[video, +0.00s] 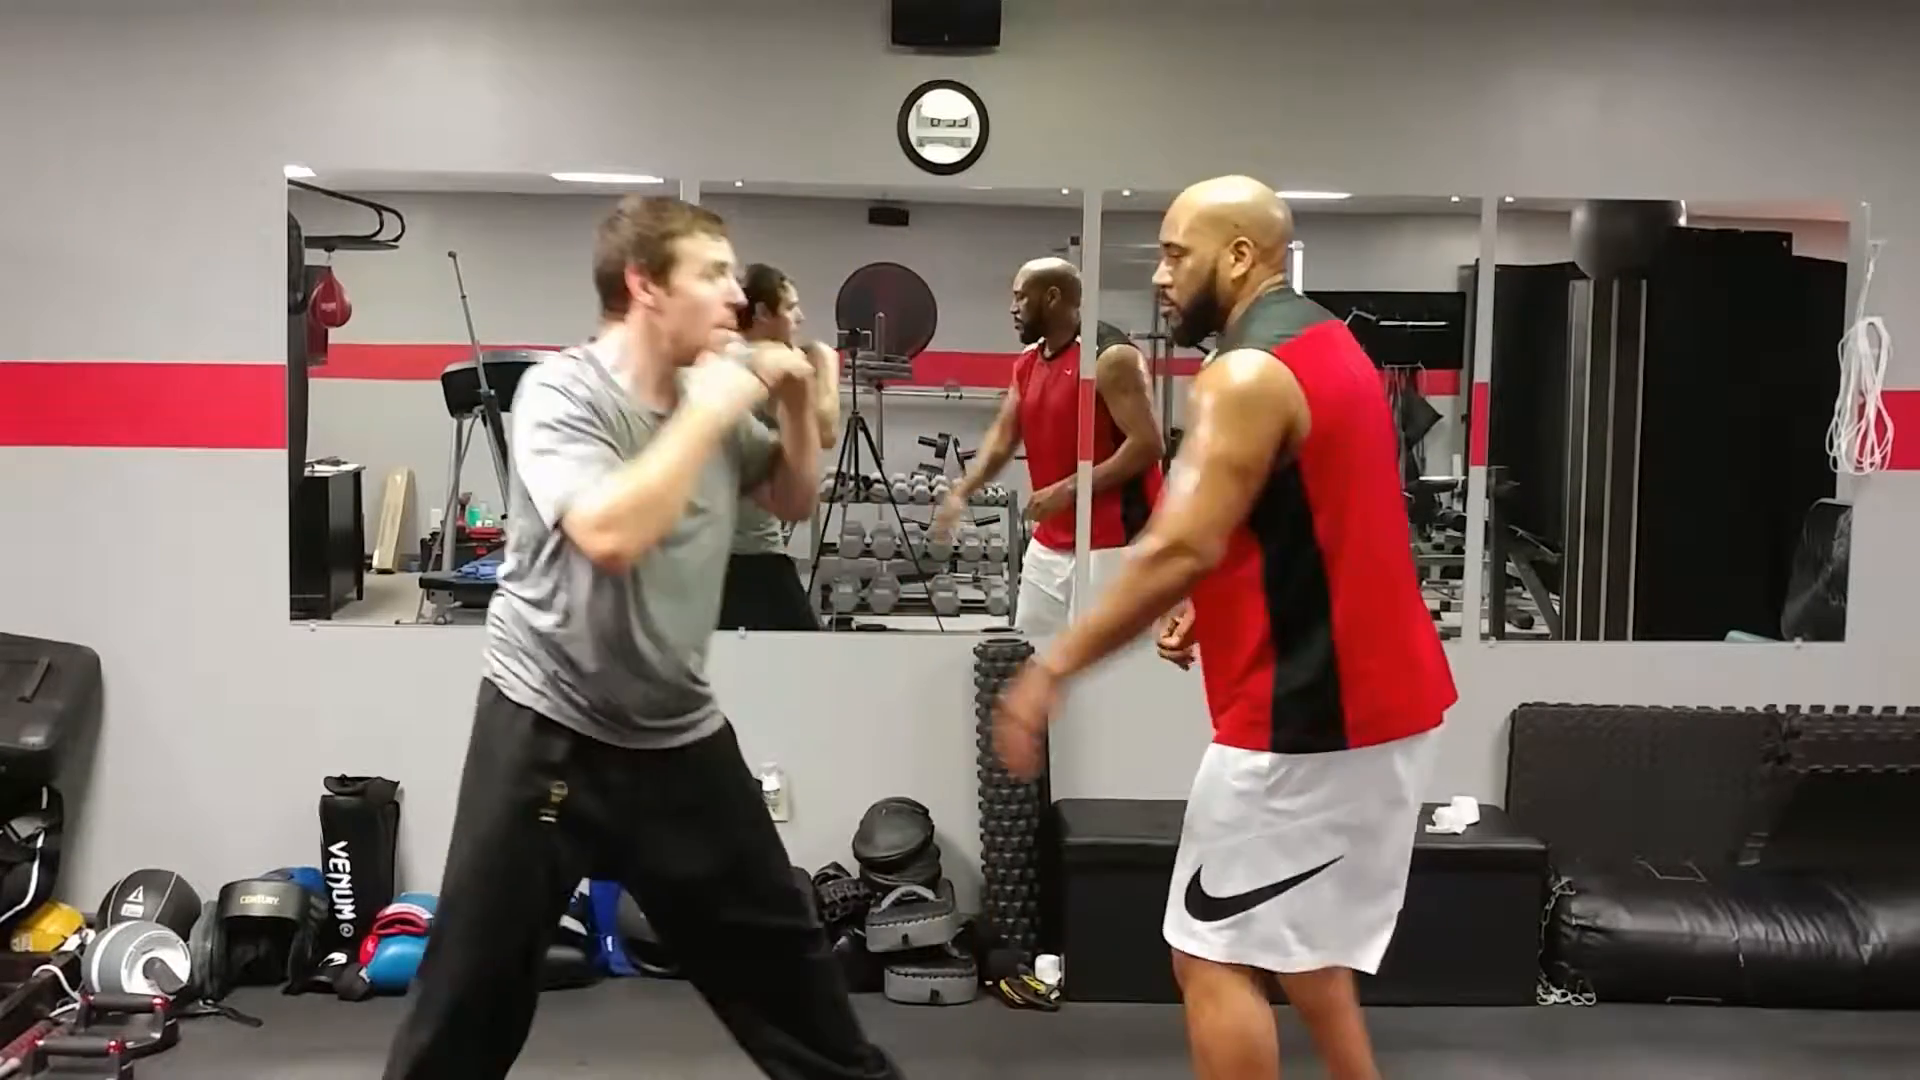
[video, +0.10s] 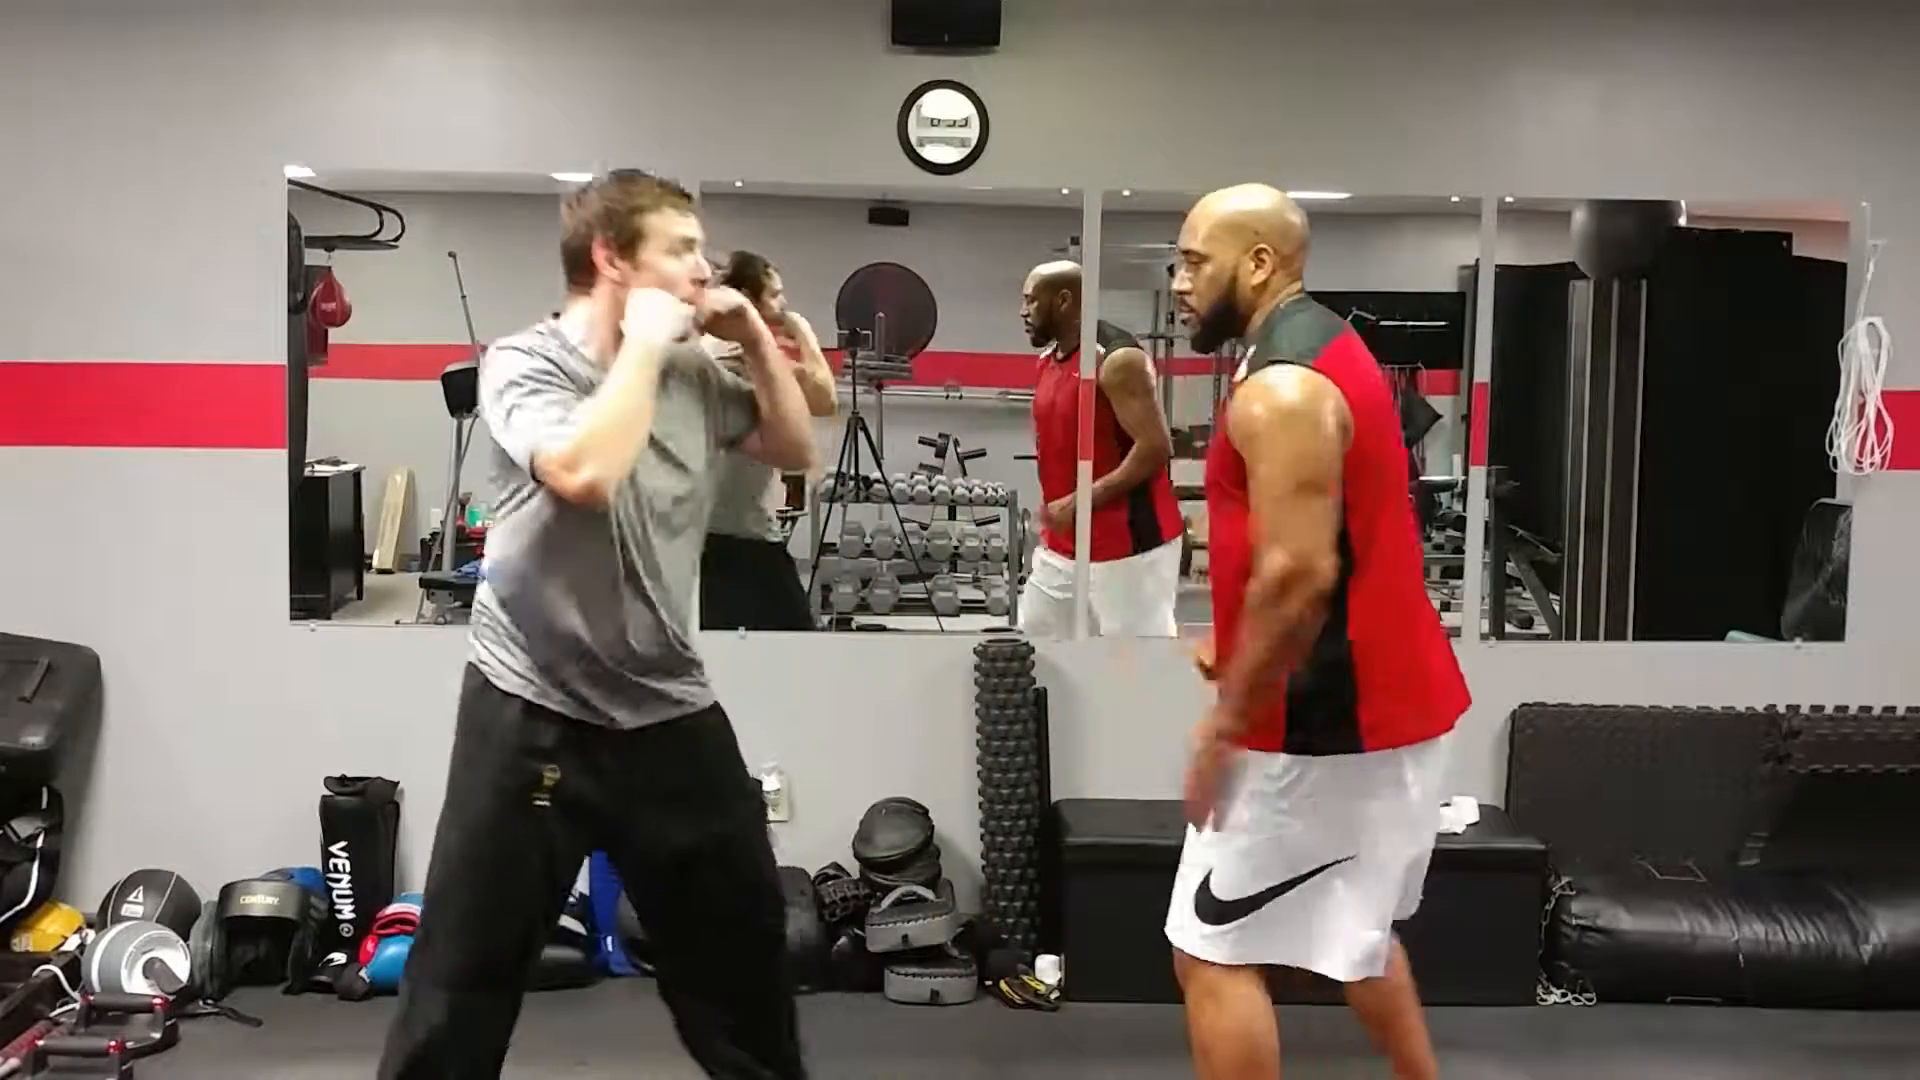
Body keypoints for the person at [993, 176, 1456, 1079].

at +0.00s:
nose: (1159, 275)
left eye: (1175, 256)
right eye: (1161, 256)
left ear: (1241, 257)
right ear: (1256, 260)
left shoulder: (1248, 374)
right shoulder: (1329, 348)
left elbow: (1182, 549)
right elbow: (1314, 518)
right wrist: (1212, 599)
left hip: (1294, 717)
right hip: (1377, 704)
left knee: (1210, 953)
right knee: (1312, 956)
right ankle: (1359, 1076)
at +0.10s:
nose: (1178, 282)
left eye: (1194, 262)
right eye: (1179, 262)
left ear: (1260, 265)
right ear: (1269, 268)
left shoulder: (1284, 383)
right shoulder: (1328, 351)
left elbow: (1298, 576)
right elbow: (1345, 543)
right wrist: (1242, 641)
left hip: (1313, 724)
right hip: (1386, 708)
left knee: (1210, 948)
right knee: (1358, 927)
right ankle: (1421, 1071)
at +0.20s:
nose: (1198, 283)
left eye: (1214, 264)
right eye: (1199, 264)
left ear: (1278, 268)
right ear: (1288, 270)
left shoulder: (1310, 388)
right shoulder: (1348, 356)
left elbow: (1363, 568)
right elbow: (1374, 552)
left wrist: (1272, 708)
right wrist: (1272, 698)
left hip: (1347, 718)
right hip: (1408, 710)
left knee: (1216, 927)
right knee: (1374, 928)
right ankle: (1431, 1072)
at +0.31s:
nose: (1215, 276)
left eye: (1231, 258)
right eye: (1217, 257)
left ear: (1295, 262)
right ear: (1305, 264)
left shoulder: (1315, 376)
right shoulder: (1357, 347)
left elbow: (1350, 563)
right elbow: (1380, 541)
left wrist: (1277, 693)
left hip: (1359, 708)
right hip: (1426, 696)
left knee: (1243, 928)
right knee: (1382, 917)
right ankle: (1434, 1072)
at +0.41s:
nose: (1225, 272)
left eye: (1242, 254)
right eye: (1228, 253)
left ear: (1305, 262)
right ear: (1316, 264)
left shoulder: (1310, 369)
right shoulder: (1365, 344)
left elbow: (1305, 549)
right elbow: (1384, 526)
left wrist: (1245, 626)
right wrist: (1283, 613)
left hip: (1360, 697)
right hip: (1436, 685)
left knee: (1260, 927)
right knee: (1383, 907)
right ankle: (1435, 1071)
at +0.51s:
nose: (1248, 258)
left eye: (1267, 242)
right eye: (1253, 241)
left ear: (1330, 255)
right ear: (1335, 261)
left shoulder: (1319, 333)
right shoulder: (1374, 336)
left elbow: (1164, 421)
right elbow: (1305, 512)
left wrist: (1093, 460)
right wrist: (1224, 614)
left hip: (1355, 693)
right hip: (1438, 683)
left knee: (1275, 939)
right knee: (1391, 913)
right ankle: (1441, 1073)